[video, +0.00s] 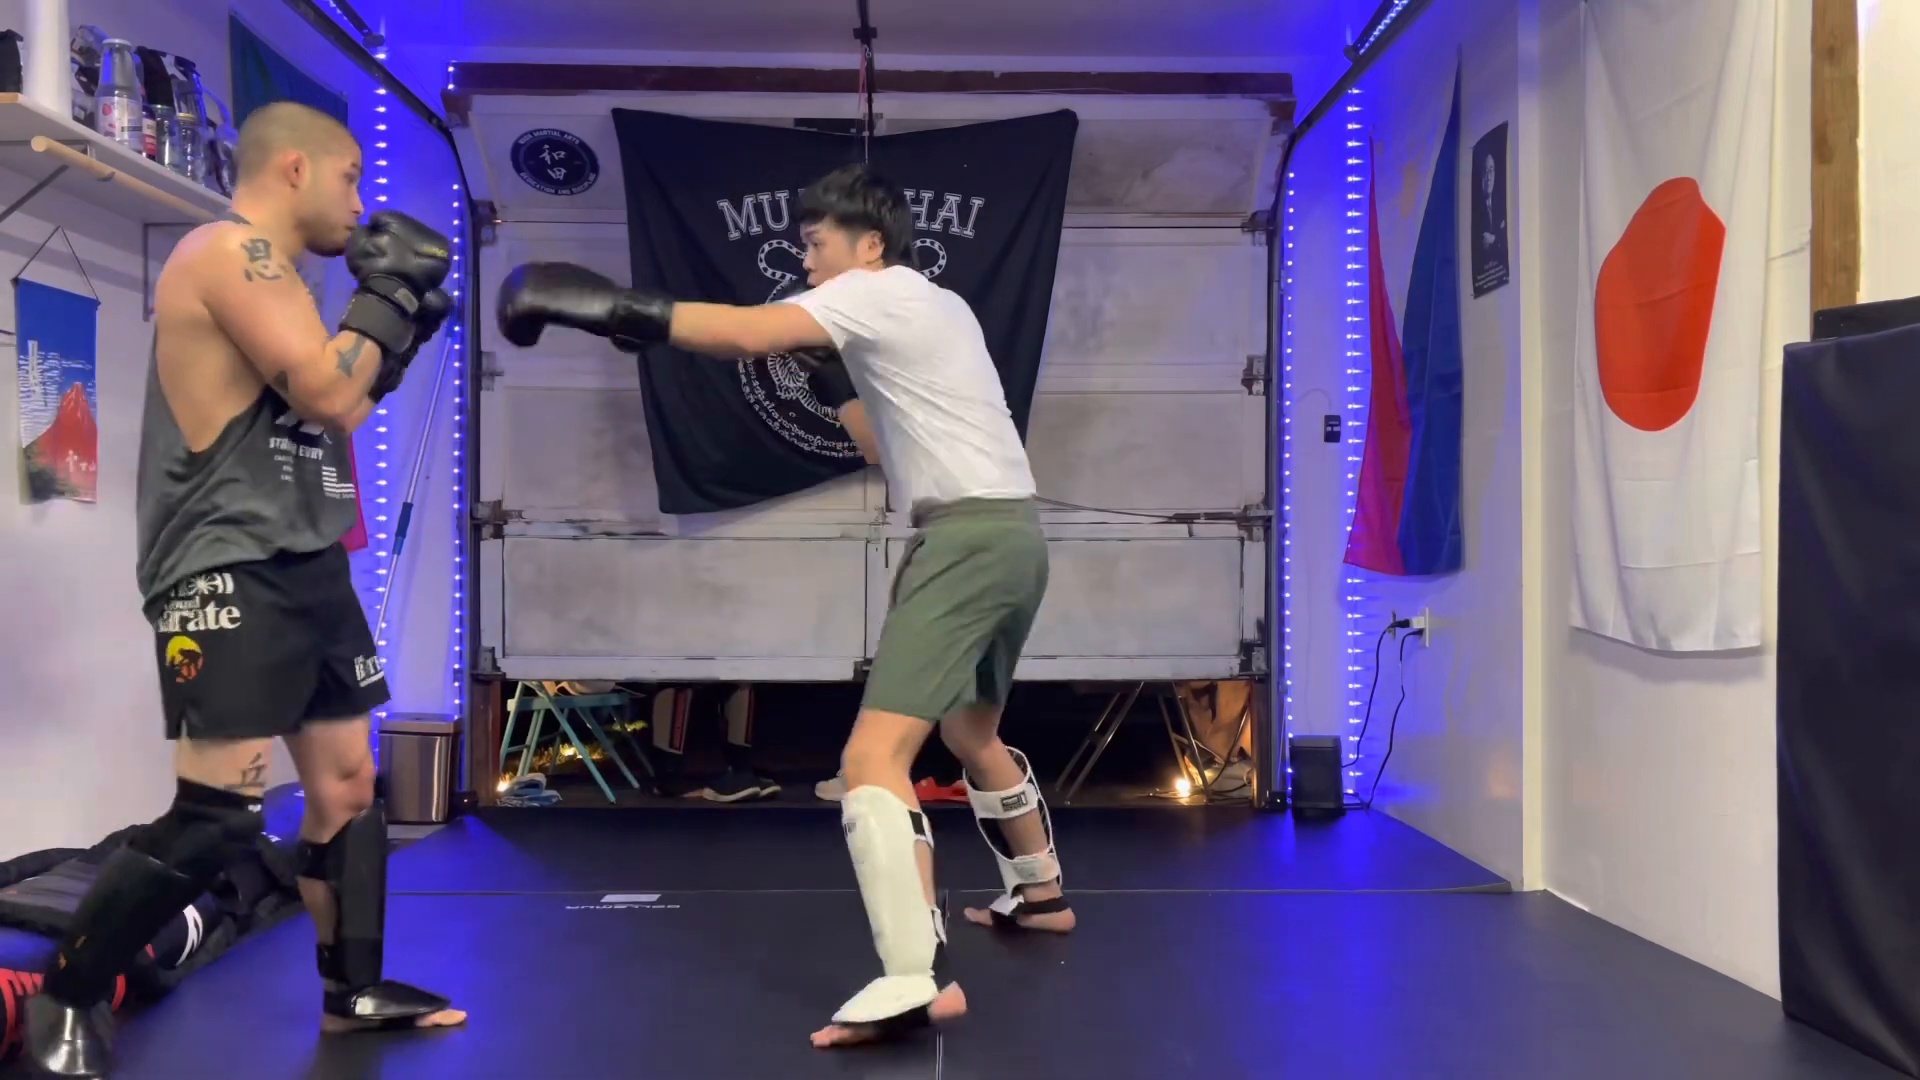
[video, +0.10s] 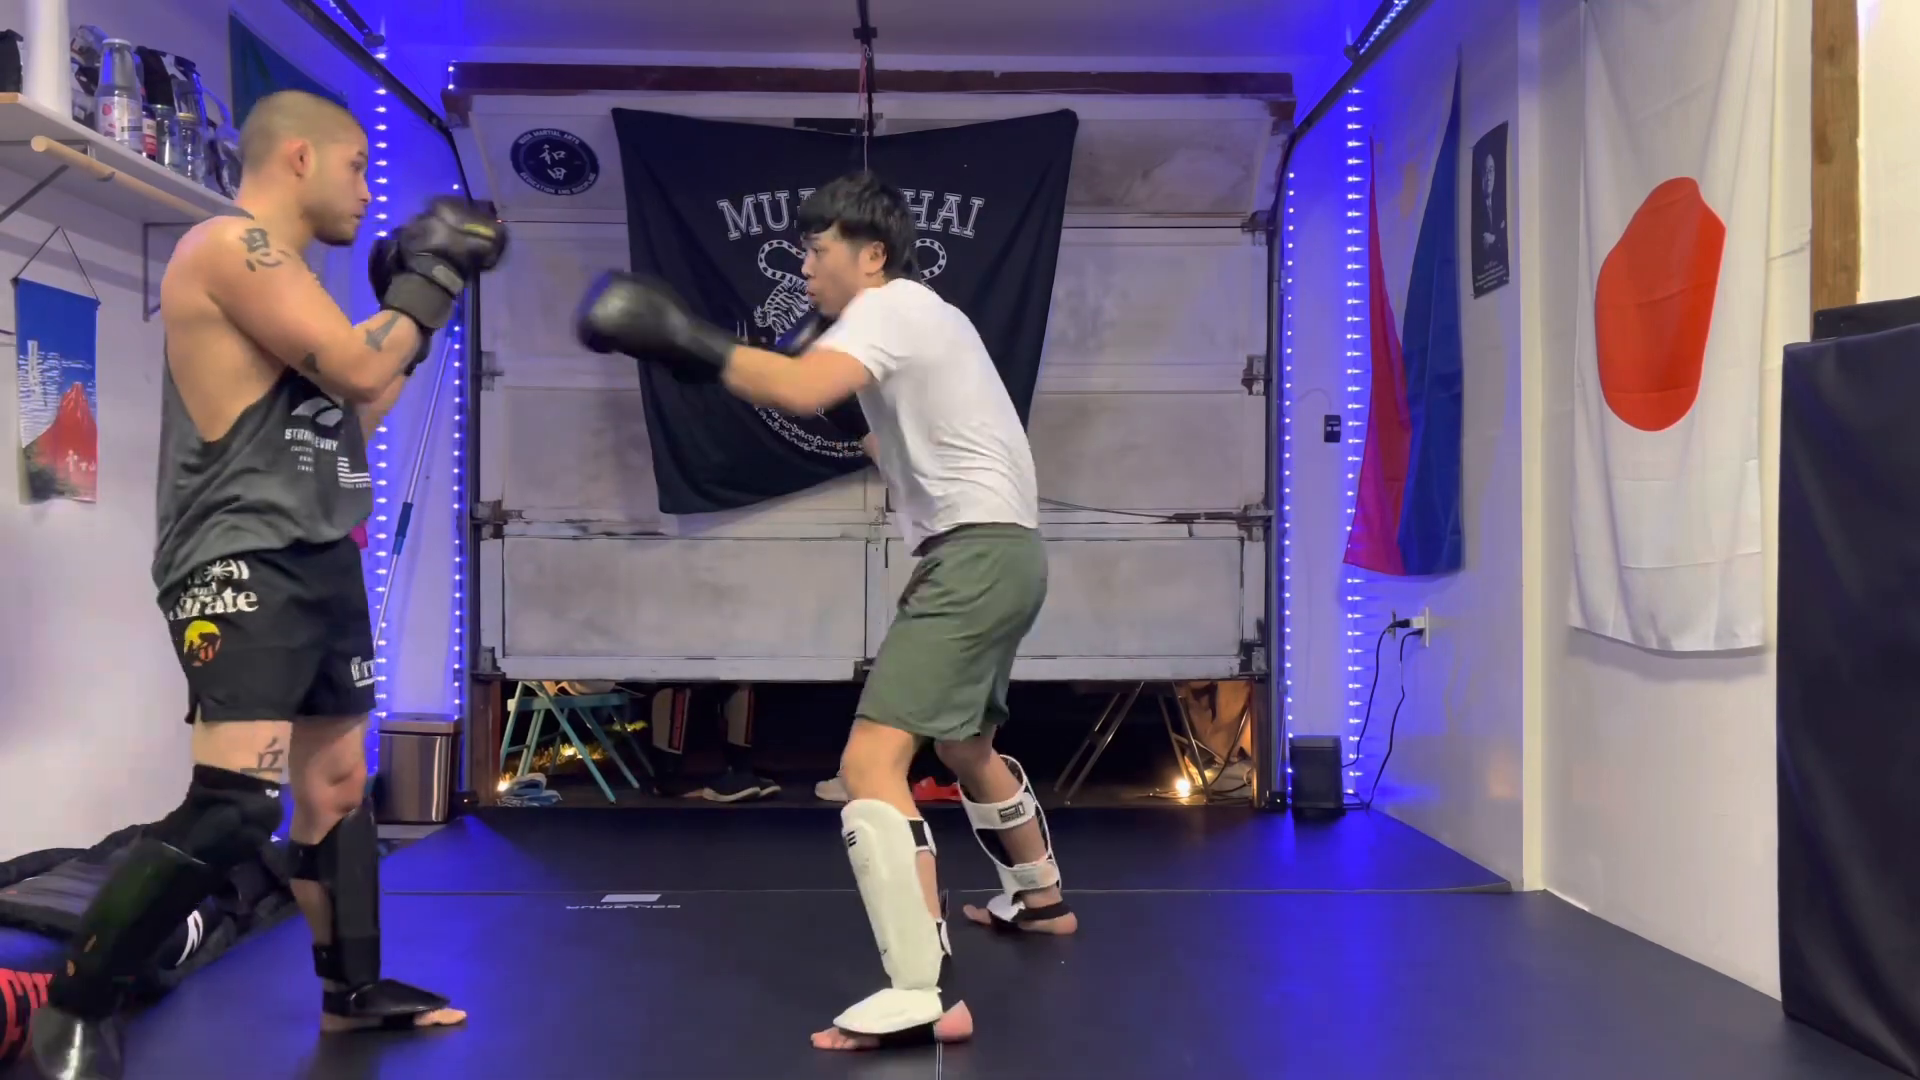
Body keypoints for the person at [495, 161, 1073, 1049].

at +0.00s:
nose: (806, 265)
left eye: (817, 248)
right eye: (805, 249)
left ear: (870, 242)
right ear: (883, 249)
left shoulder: (878, 298)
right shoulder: (940, 309)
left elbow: (747, 330)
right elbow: (890, 443)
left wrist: (613, 308)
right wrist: (822, 392)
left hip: (967, 538)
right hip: (1014, 538)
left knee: (874, 760)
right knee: (973, 732)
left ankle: (912, 974)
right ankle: (1039, 890)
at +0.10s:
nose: (804, 270)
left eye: (816, 253)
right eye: (805, 254)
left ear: (872, 253)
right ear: (870, 258)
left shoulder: (890, 309)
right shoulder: (921, 312)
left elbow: (802, 387)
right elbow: (962, 427)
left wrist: (693, 340)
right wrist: (893, 444)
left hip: (973, 552)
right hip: (998, 549)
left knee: (873, 762)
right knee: (965, 746)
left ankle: (916, 990)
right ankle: (1039, 896)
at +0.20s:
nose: (807, 272)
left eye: (818, 252)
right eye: (804, 255)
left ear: (877, 251)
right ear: (844, 255)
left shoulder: (935, 317)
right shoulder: (859, 335)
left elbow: (926, 460)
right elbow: (847, 443)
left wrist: (826, 393)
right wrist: (775, 380)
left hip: (996, 542)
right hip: (949, 547)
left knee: (908, 751)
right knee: (967, 757)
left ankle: (926, 989)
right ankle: (1038, 891)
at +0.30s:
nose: (816, 295)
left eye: (829, 281)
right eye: (815, 280)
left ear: (890, 283)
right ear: (841, 284)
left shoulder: (969, 346)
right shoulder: (840, 335)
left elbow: (985, 489)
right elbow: (739, 394)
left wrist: (894, 432)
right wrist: (681, 357)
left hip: (1012, 556)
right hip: (944, 560)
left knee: (927, 744)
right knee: (960, 751)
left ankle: (947, 993)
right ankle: (1033, 889)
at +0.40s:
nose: (796, 306)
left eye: (812, 290)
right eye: (795, 288)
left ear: (873, 292)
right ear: (834, 295)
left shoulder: (962, 349)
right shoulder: (830, 347)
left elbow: (1010, 487)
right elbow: (727, 392)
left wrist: (895, 471)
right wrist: (667, 356)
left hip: (1007, 562)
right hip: (936, 568)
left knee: (919, 745)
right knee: (970, 746)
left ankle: (945, 1002)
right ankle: (1036, 890)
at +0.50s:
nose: (761, 276)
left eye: (773, 258)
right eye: (760, 258)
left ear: (831, 260)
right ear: (806, 264)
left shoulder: (910, 317)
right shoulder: (826, 329)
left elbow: (1023, 431)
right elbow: (754, 398)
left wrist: (935, 513)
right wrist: (705, 330)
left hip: (994, 548)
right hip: (944, 552)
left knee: (877, 753)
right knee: (944, 743)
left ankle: (939, 1004)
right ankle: (1034, 899)